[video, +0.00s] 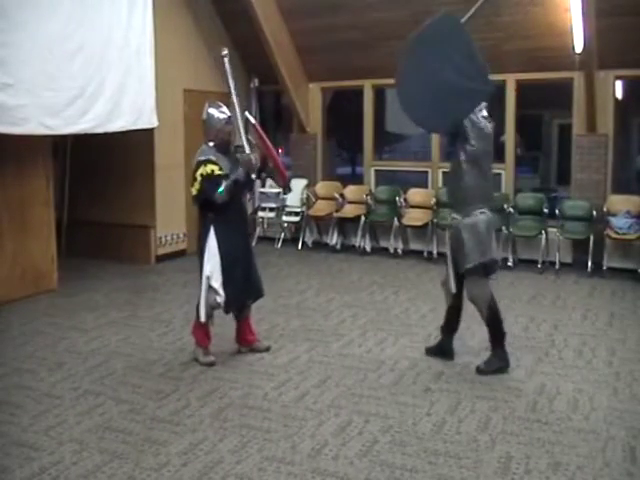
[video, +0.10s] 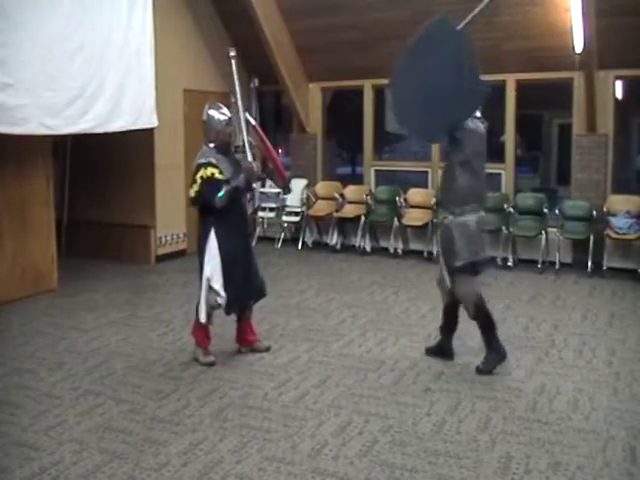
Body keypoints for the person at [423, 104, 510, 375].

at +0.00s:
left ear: (460, 101)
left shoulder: (475, 129)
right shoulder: (462, 130)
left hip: (476, 217)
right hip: (460, 217)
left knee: (477, 289)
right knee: (452, 285)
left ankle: (499, 353)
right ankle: (446, 342)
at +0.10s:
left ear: (458, 99)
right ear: (464, 98)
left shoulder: (470, 129)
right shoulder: (460, 128)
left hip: (463, 215)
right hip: (452, 214)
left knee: (464, 287)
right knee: (448, 282)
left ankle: (495, 349)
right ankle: (445, 342)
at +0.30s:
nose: (423, 108)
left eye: (425, 100)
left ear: (437, 99)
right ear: (454, 97)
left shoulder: (451, 130)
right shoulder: (464, 129)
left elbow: (425, 164)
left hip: (450, 216)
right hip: (458, 214)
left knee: (430, 281)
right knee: (442, 279)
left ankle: (459, 338)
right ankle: (446, 339)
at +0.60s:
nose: (432, 116)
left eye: (437, 110)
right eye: (430, 110)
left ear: (448, 112)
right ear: (428, 112)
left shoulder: (449, 143)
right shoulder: (439, 142)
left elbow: (424, 177)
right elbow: (424, 176)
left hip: (448, 226)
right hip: (441, 223)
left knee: (415, 282)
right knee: (424, 279)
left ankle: (422, 348)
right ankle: (445, 330)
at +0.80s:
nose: (438, 116)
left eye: (441, 112)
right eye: (440, 111)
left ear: (446, 115)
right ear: (459, 115)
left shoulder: (451, 145)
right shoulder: (458, 142)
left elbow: (429, 172)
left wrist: (388, 184)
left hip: (445, 225)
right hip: (454, 223)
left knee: (411, 282)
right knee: (448, 281)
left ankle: (421, 350)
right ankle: (475, 327)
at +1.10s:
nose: (454, 118)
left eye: (460, 113)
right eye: (454, 113)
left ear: (471, 116)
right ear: (452, 115)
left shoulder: (469, 147)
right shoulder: (460, 144)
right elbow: (436, 171)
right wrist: (423, 152)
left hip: (450, 225)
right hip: (459, 224)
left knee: (426, 280)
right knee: (464, 281)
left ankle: (421, 342)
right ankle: (484, 333)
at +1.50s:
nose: (443, 114)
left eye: (449, 109)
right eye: (441, 109)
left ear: (458, 113)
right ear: (438, 110)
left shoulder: (461, 142)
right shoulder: (435, 139)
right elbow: (415, 161)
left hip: (454, 220)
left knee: (432, 278)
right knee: (468, 279)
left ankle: (422, 342)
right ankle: (485, 333)